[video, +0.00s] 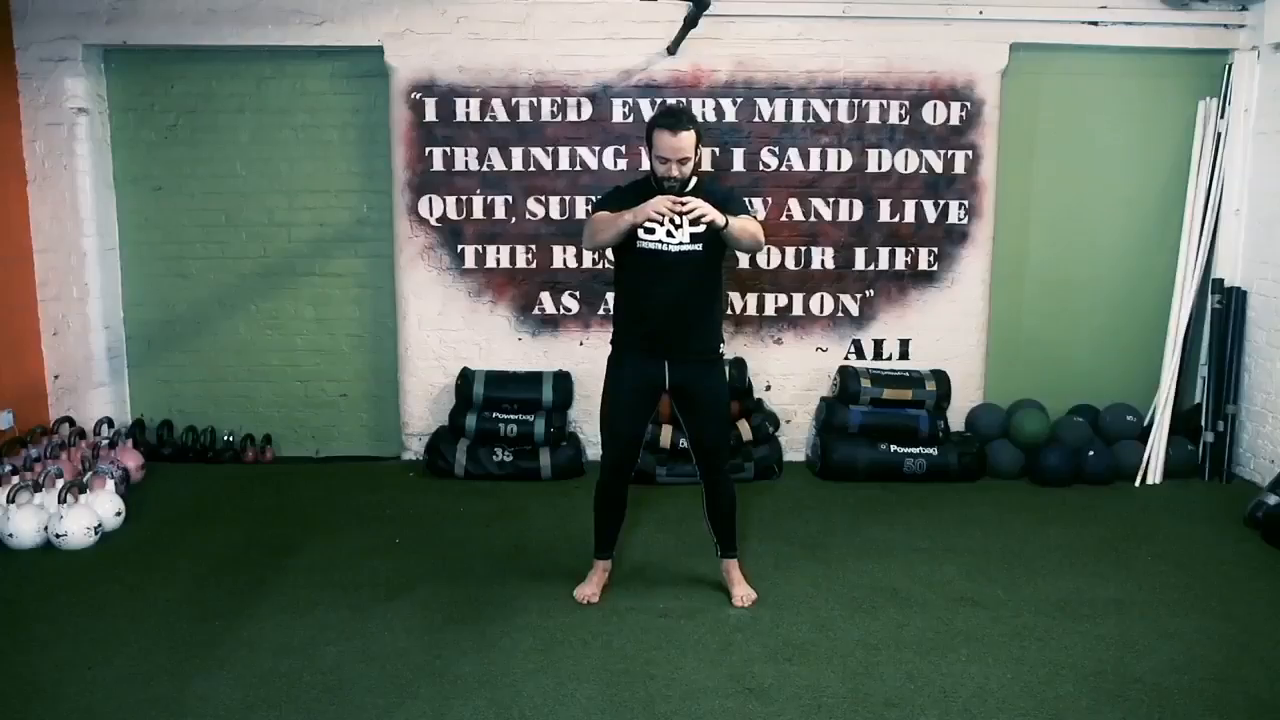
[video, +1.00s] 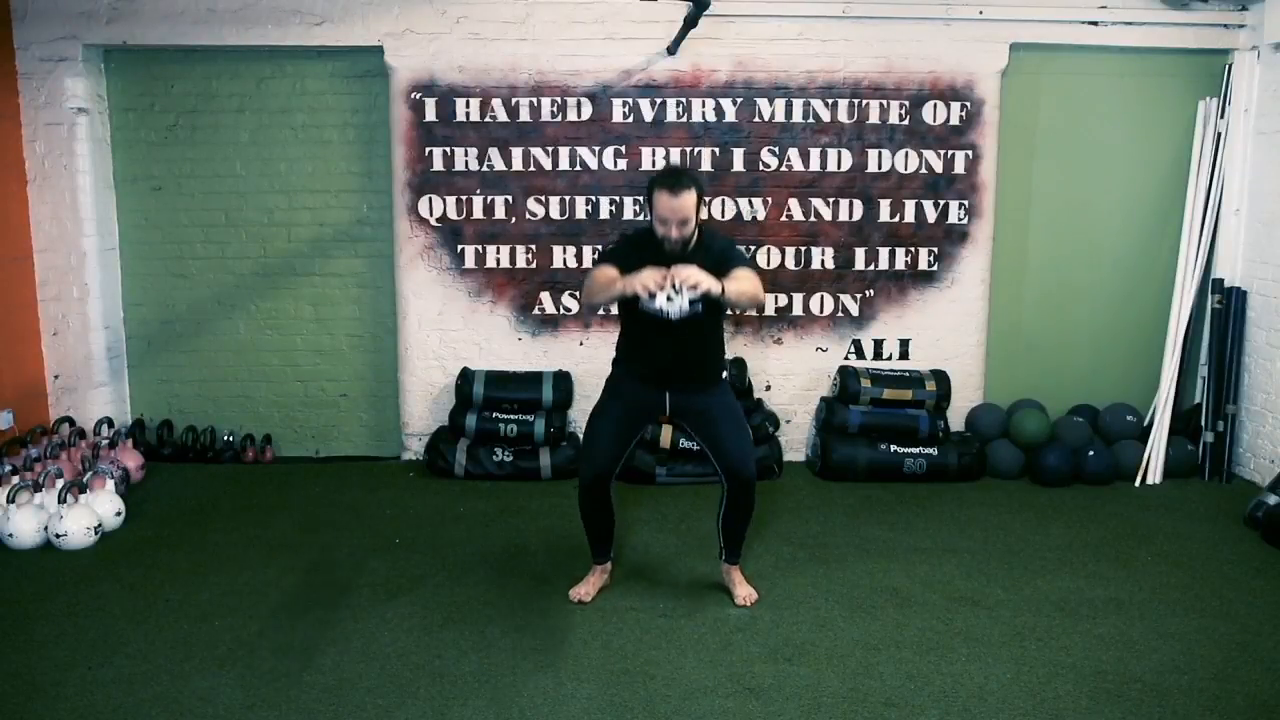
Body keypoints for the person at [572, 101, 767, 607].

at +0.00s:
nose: (673, 169)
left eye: (682, 159)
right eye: (664, 159)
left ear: (697, 153)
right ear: (649, 152)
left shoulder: (716, 194)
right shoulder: (626, 196)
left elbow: (755, 238)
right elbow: (591, 237)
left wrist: (720, 220)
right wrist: (636, 215)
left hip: (698, 353)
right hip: (634, 352)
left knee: (715, 461)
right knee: (616, 459)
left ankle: (730, 562)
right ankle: (601, 563)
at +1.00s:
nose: (673, 232)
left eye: (683, 222)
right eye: (664, 221)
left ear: (699, 212)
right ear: (651, 212)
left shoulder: (716, 246)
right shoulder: (635, 244)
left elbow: (755, 293)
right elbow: (588, 292)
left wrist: (716, 286)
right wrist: (629, 282)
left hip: (702, 385)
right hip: (634, 381)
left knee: (742, 472)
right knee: (592, 471)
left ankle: (731, 563)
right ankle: (600, 564)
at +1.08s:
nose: (672, 272)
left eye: (682, 263)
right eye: (663, 263)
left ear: (698, 250)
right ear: (650, 250)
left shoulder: (717, 282)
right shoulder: (630, 281)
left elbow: (752, 328)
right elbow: (591, 327)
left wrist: (715, 323)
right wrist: (628, 320)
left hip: (702, 402)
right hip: (634, 400)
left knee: (749, 477)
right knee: (587, 479)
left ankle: (731, 564)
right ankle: (601, 565)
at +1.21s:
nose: (672, 330)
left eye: (682, 322)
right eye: (663, 321)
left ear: (696, 305)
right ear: (648, 305)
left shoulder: (716, 333)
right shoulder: (629, 331)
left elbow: (750, 381)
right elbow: (595, 380)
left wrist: (719, 388)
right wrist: (631, 382)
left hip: (701, 429)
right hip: (634, 429)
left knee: (754, 482)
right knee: (580, 488)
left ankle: (730, 567)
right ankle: (601, 567)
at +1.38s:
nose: (670, 393)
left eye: (680, 384)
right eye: (660, 384)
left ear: (695, 366)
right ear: (647, 365)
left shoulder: (716, 387)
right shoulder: (626, 387)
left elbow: (752, 441)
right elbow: (598, 441)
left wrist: (724, 459)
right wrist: (632, 456)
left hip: (698, 474)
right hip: (639, 475)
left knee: (757, 488)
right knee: (581, 492)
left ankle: (729, 570)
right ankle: (602, 569)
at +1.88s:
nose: (673, 323)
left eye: (683, 314)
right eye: (664, 314)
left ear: (697, 299)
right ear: (649, 299)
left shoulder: (720, 328)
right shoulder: (625, 328)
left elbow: (756, 381)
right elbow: (596, 380)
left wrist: (723, 392)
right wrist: (642, 386)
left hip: (701, 419)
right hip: (636, 419)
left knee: (744, 485)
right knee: (595, 486)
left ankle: (728, 569)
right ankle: (602, 568)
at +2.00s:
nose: (673, 259)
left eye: (682, 250)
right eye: (663, 249)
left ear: (699, 235)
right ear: (650, 237)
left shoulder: (721, 270)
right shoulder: (628, 272)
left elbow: (757, 329)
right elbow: (598, 330)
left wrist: (724, 338)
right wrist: (643, 336)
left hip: (703, 386)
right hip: (637, 384)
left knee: (736, 472)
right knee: (605, 471)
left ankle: (728, 565)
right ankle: (603, 566)